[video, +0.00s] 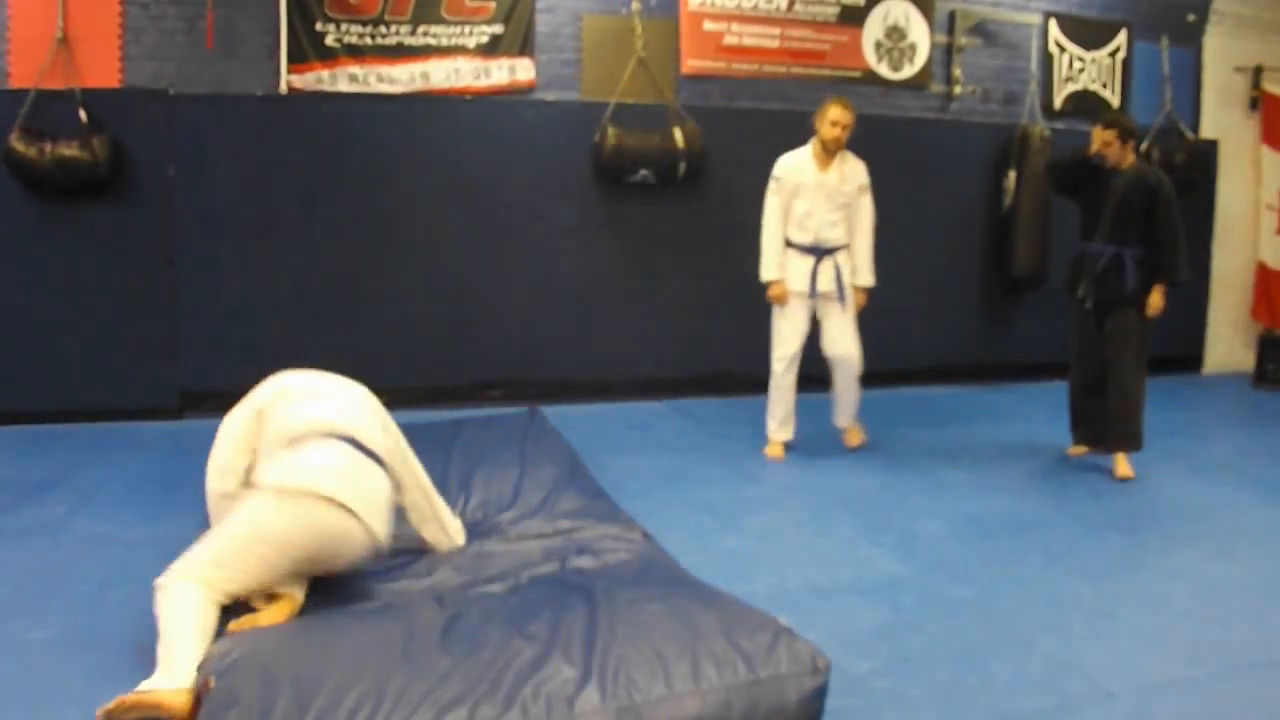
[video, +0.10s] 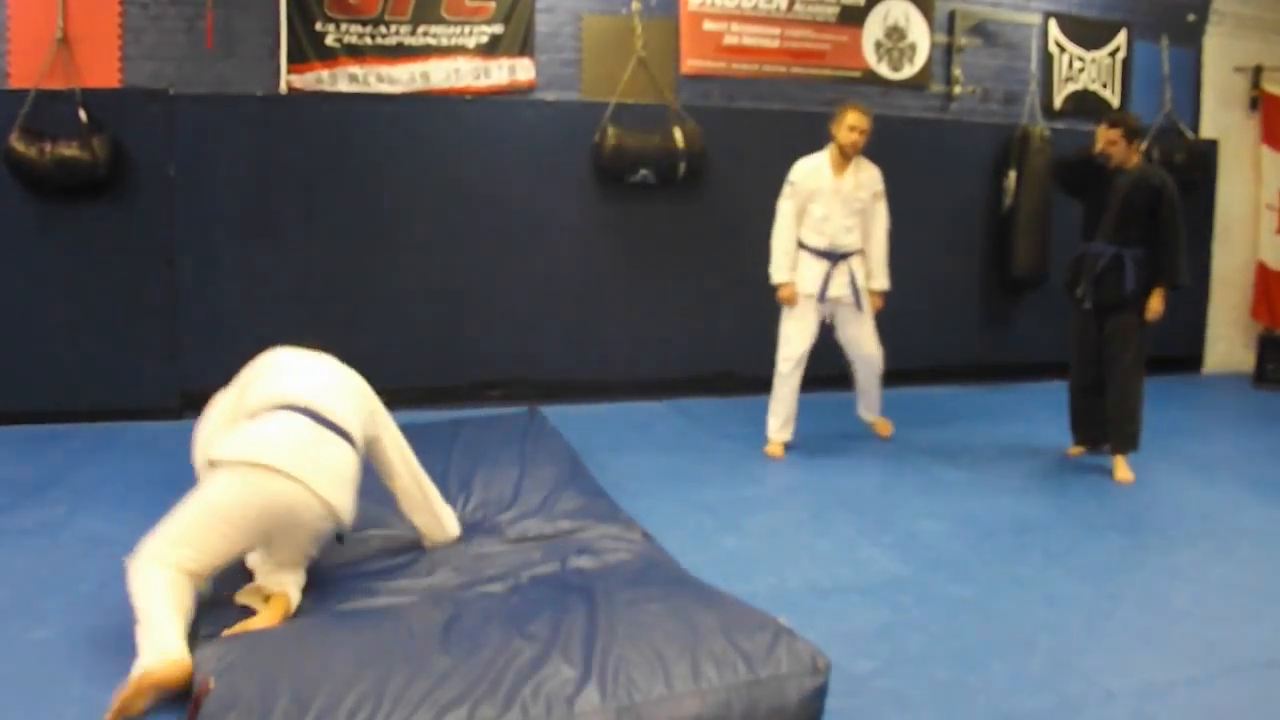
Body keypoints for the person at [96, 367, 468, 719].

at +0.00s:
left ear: (283, 381)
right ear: (343, 385)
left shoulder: (264, 396)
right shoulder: (369, 407)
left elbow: (223, 478)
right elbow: (414, 480)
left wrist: (234, 545)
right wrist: (451, 539)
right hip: (363, 525)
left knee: (187, 580)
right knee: (275, 544)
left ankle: (172, 679)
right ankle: (286, 595)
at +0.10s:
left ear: (279, 357)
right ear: (335, 363)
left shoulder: (259, 371)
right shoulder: (357, 388)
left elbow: (210, 427)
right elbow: (403, 469)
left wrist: (215, 479)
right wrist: (443, 529)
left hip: (248, 474)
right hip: (318, 494)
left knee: (163, 562)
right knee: (282, 563)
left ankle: (163, 655)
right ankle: (279, 596)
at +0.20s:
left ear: (285, 324)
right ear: (325, 336)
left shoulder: (254, 336)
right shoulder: (347, 371)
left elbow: (182, 389)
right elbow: (390, 453)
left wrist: (196, 455)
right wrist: (429, 520)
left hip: (226, 456)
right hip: (297, 485)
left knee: (138, 516)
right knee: (276, 559)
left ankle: (146, 606)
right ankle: (273, 596)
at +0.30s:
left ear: (266, 301)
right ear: (308, 319)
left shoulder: (238, 310)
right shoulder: (331, 354)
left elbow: (158, 363)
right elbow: (367, 442)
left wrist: (179, 433)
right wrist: (399, 518)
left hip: (201, 447)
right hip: (275, 475)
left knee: (147, 466)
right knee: (272, 556)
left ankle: (142, 579)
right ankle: (269, 595)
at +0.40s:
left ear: (243, 281)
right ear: (288, 294)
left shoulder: (215, 295)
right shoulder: (311, 334)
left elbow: (136, 355)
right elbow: (338, 431)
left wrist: (175, 405)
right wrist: (356, 511)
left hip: (187, 431)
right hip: (260, 454)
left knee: (164, 445)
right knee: (267, 551)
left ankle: (160, 564)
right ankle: (265, 601)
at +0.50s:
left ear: (230, 265)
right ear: (277, 274)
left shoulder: (195, 288)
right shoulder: (304, 319)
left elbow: (133, 355)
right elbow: (321, 412)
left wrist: (168, 409)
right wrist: (320, 487)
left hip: (184, 421)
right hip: (256, 439)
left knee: (171, 457)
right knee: (263, 545)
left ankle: (161, 563)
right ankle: (267, 601)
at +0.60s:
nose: (267, 245)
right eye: (266, 240)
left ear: (210, 234)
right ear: (260, 238)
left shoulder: (178, 267)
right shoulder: (287, 280)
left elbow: (138, 359)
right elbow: (306, 369)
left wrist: (171, 401)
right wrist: (287, 434)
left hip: (186, 394)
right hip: (259, 405)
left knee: (180, 460)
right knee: (260, 528)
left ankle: (164, 562)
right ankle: (269, 595)